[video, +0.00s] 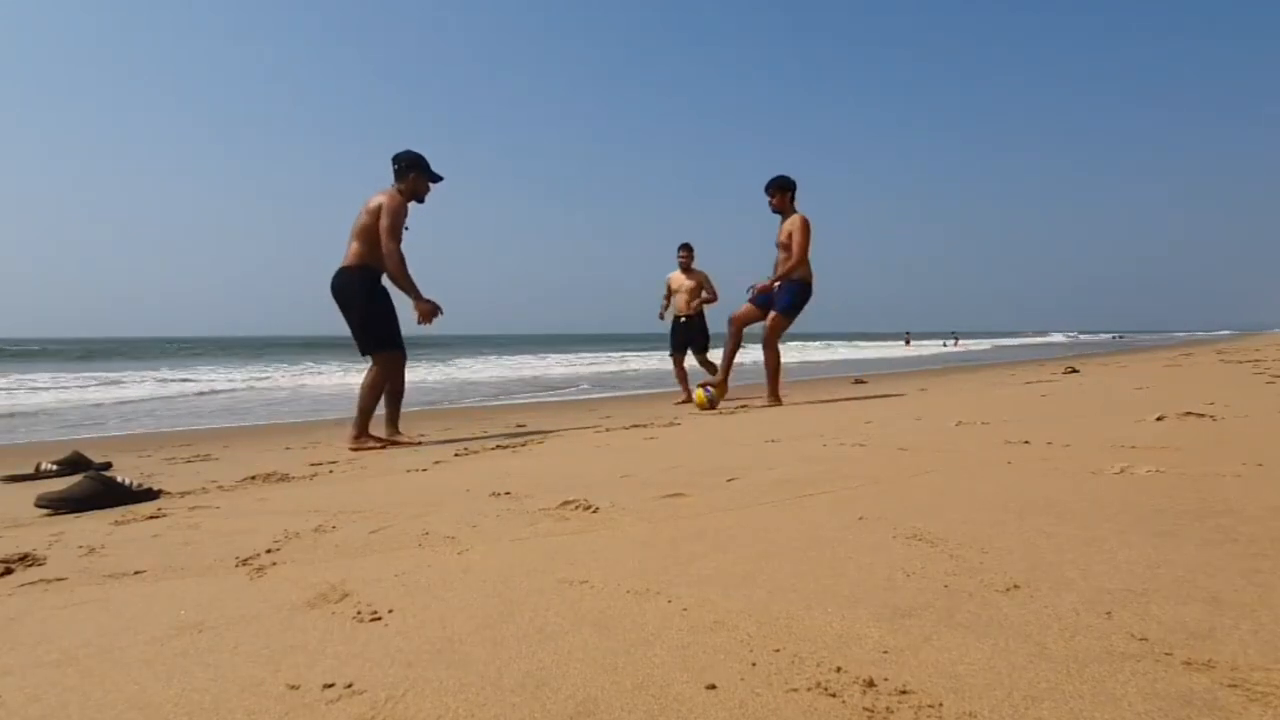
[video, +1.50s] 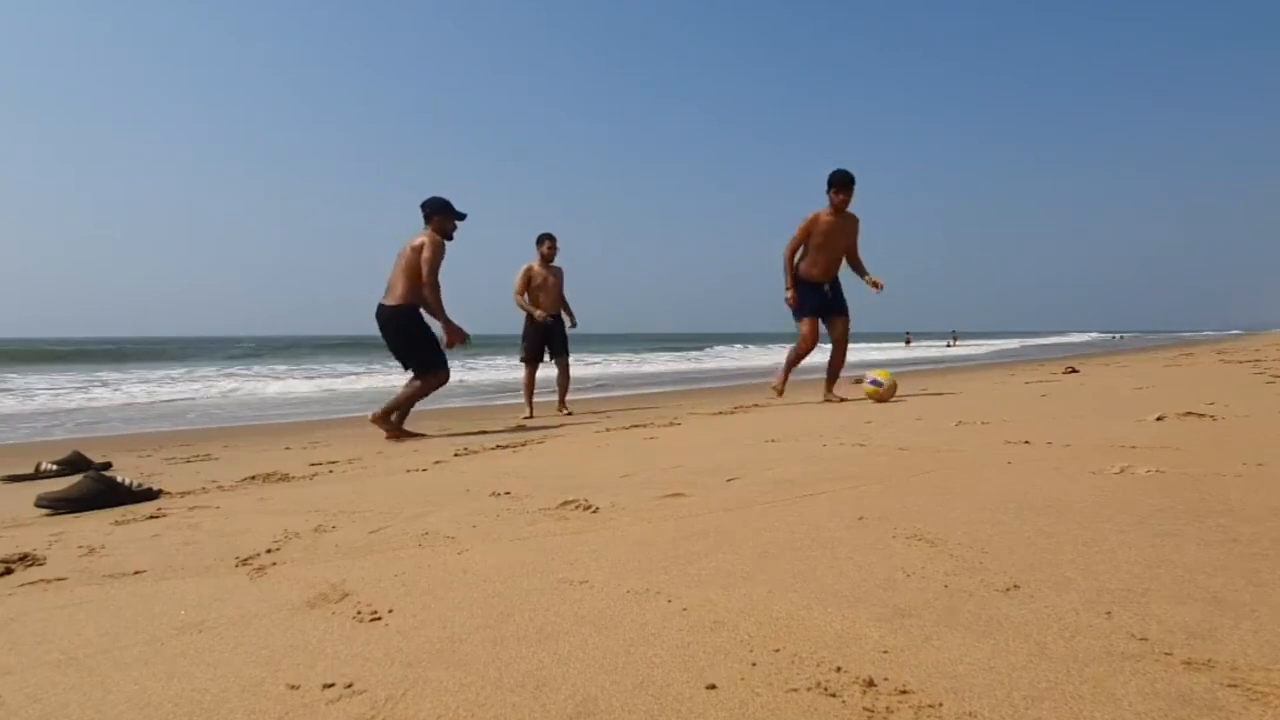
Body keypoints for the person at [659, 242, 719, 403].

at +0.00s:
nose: (683, 260)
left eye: (686, 257)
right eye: (680, 257)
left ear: (692, 258)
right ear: (677, 258)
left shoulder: (700, 276)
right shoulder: (671, 278)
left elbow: (713, 296)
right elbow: (667, 297)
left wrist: (700, 300)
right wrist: (663, 309)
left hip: (695, 318)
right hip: (678, 319)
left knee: (701, 358)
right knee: (677, 360)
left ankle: (720, 380)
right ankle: (686, 394)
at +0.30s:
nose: (647, 258)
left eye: (650, 255)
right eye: (644, 255)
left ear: (655, 257)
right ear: (640, 256)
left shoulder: (663, 277)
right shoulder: (631, 276)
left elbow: (674, 297)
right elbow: (624, 296)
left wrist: (663, 304)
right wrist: (622, 309)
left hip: (652, 319)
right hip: (634, 318)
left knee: (644, 361)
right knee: (625, 360)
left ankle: (642, 398)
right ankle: (633, 394)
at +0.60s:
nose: (609, 261)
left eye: (612, 258)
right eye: (606, 257)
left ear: (616, 259)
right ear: (599, 258)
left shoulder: (619, 281)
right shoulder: (586, 278)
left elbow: (626, 303)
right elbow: (577, 297)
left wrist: (618, 314)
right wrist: (581, 314)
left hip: (607, 323)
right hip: (588, 322)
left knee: (613, 365)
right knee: (576, 364)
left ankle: (630, 399)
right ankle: (575, 404)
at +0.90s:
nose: (585, 256)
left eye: (588, 253)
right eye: (582, 253)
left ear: (591, 255)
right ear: (574, 254)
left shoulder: (594, 277)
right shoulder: (562, 274)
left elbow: (600, 298)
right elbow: (548, 294)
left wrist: (591, 310)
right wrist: (548, 311)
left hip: (582, 320)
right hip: (563, 318)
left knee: (576, 367)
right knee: (552, 363)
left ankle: (567, 405)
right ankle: (544, 403)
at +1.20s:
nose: (565, 255)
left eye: (567, 252)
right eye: (562, 252)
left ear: (568, 254)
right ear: (552, 252)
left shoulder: (569, 276)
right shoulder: (538, 273)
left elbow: (571, 298)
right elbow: (526, 296)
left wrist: (574, 313)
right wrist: (532, 312)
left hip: (561, 322)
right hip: (542, 321)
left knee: (565, 366)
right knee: (534, 366)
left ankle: (566, 405)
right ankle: (530, 407)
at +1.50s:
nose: (553, 252)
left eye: (555, 248)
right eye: (549, 248)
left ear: (556, 250)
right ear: (539, 249)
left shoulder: (558, 271)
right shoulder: (529, 270)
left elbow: (560, 295)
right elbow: (519, 296)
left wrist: (570, 314)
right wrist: (533, 311)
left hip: (556, 321)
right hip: (535, 321)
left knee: (563, 363)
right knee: (531, 366)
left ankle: (562, 403)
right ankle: (529, 407)